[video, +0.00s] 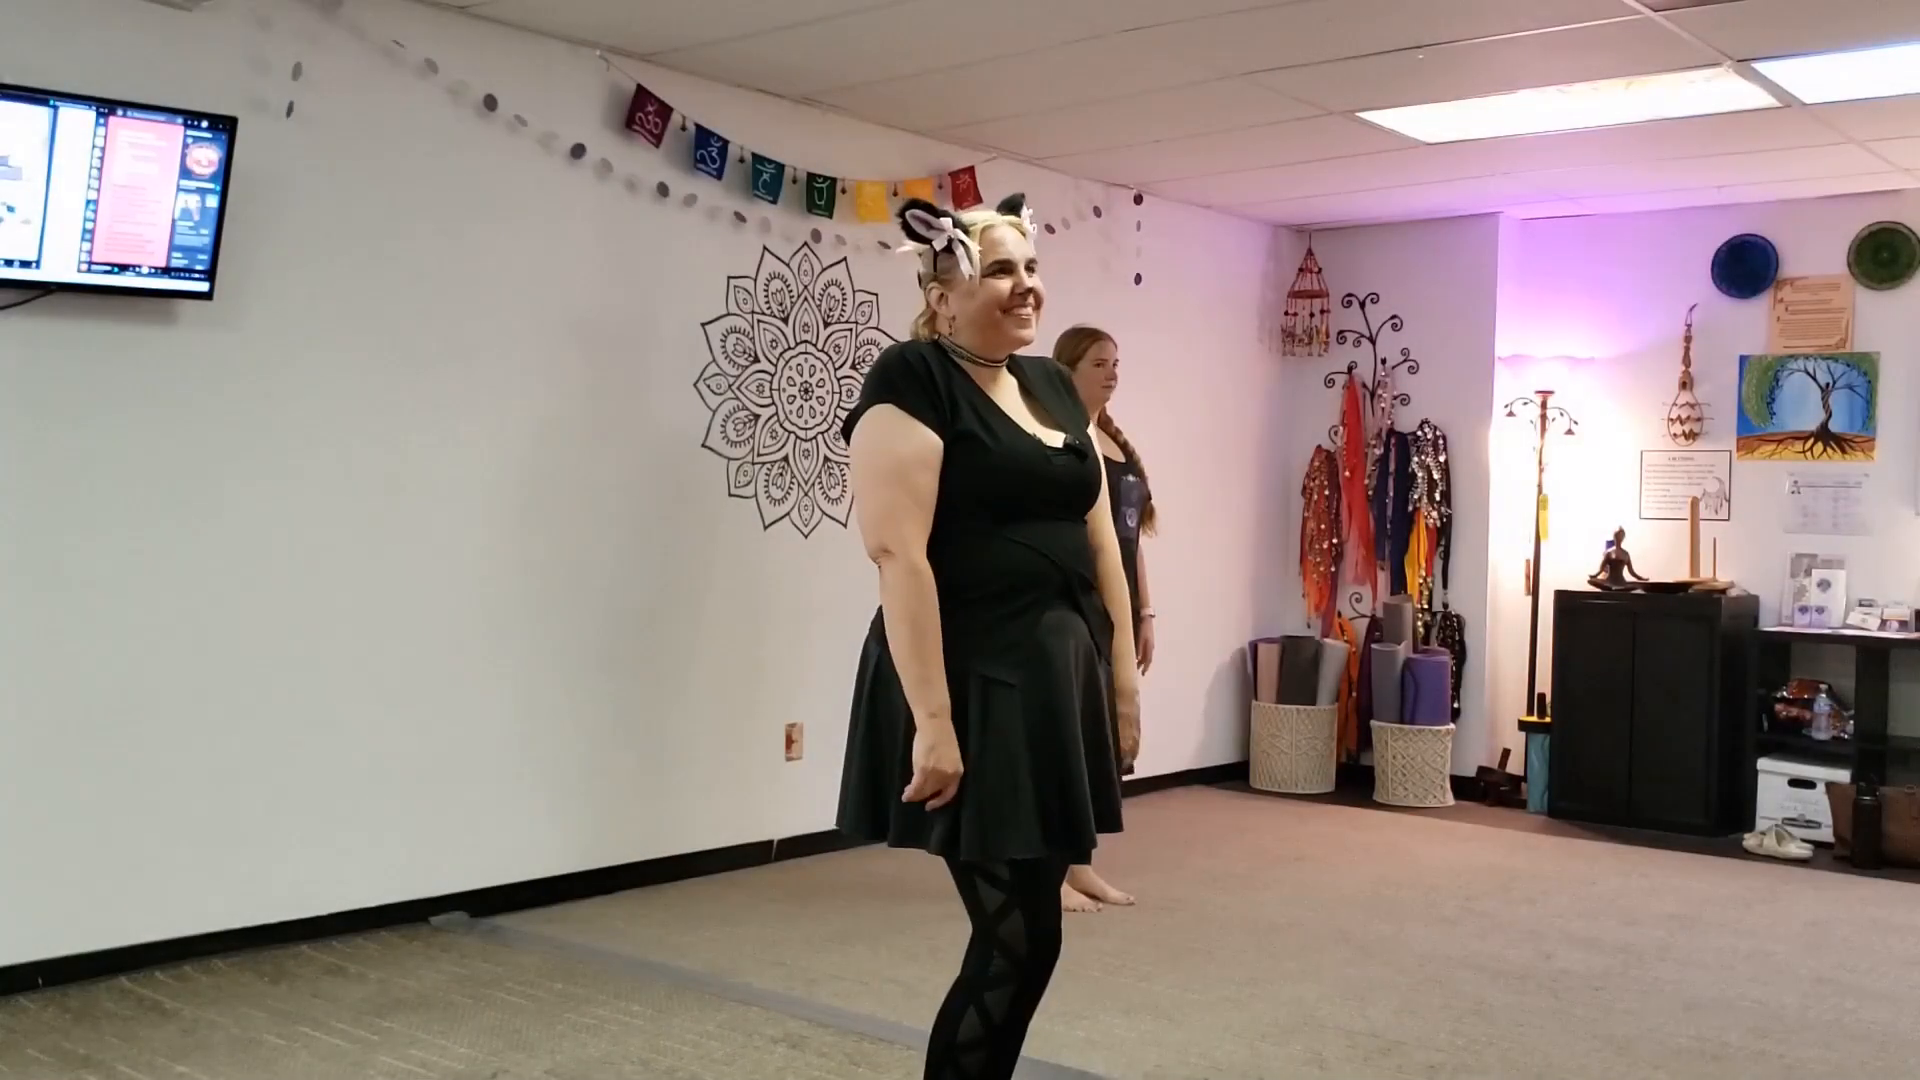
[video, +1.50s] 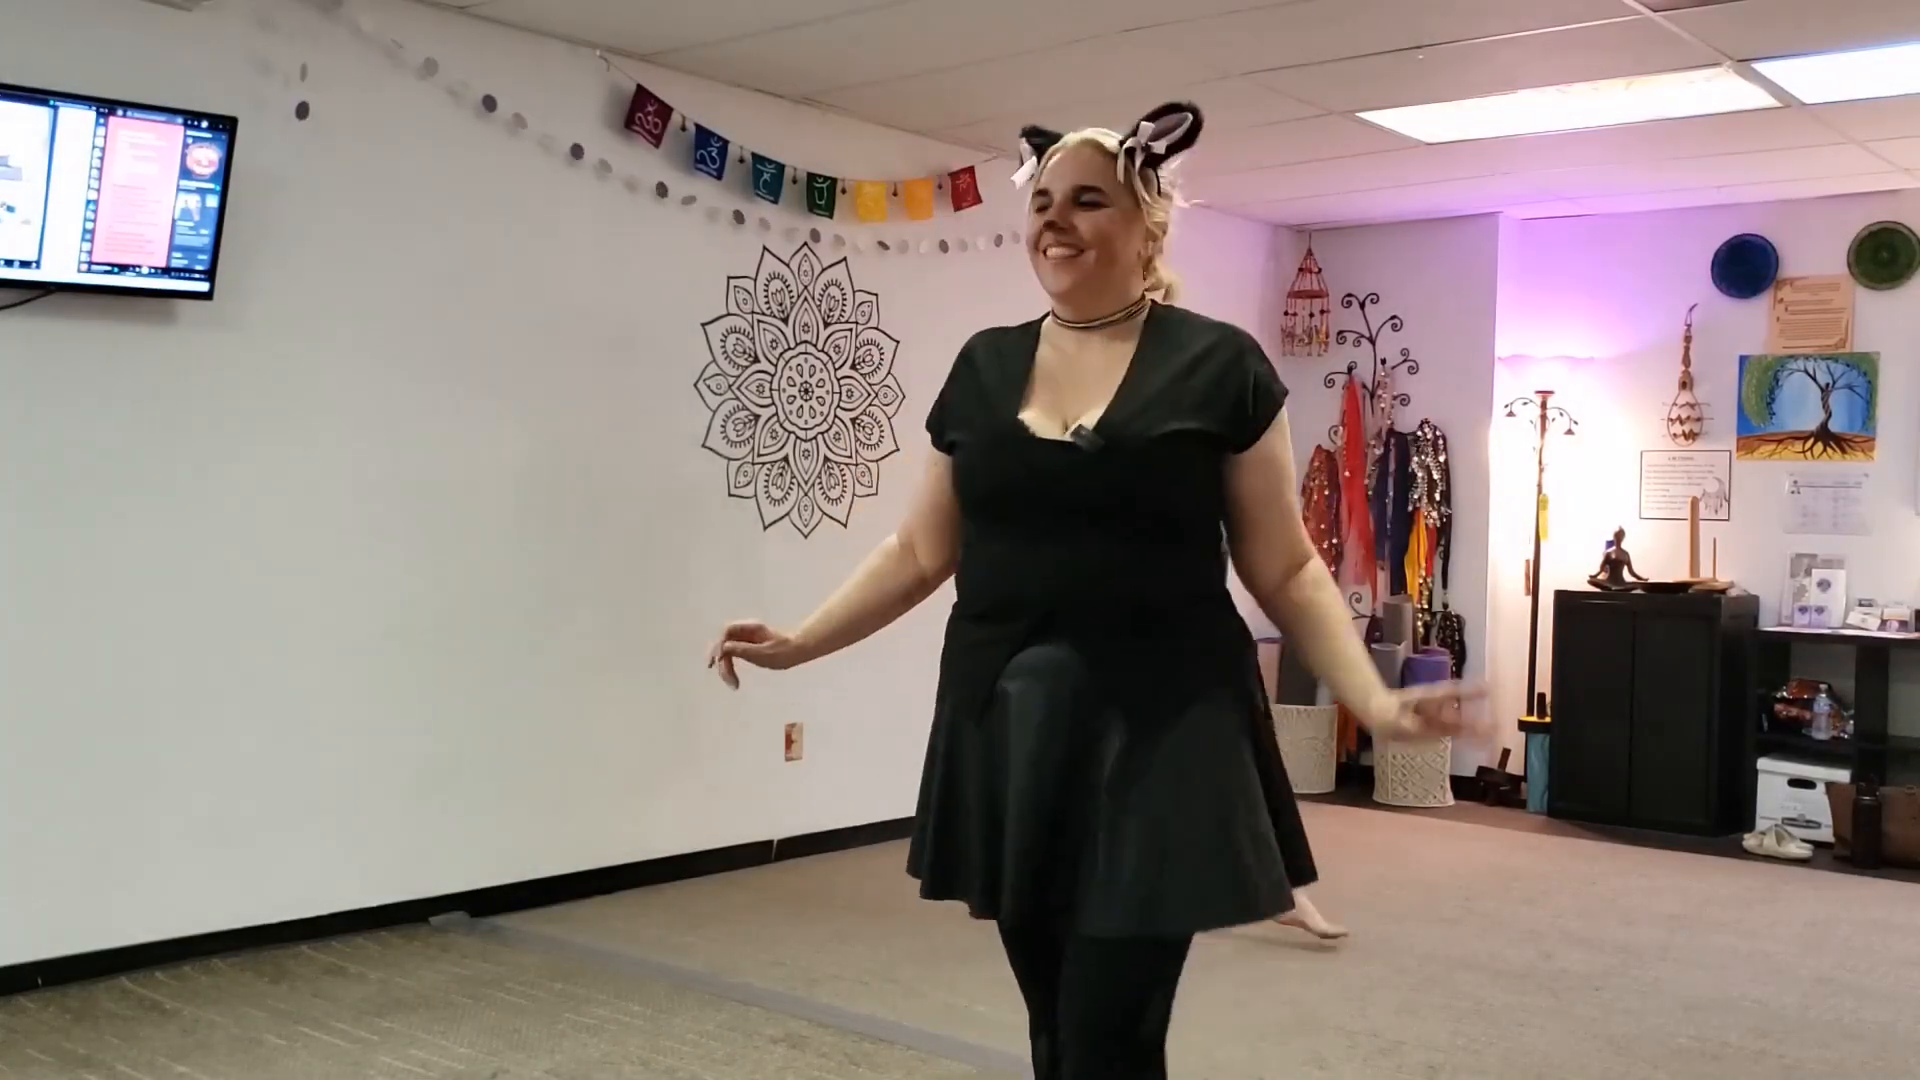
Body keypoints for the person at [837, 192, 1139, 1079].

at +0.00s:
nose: (1027, 284)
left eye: (1031, 269)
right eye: (1000, 271)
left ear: (1039, 282)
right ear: (941, 298)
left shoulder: (1051, 386)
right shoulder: (910, 379)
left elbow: (1102, 535)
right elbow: (897, 554)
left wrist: (1124, 675)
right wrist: (931, 720)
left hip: (1060, 683)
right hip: (968, 689)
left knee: (1021, 937)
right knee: (1019, 941)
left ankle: (969, 1069)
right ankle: (957, 1072)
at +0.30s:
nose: (1038, 290)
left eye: (1047, 274)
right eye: (1015, 273)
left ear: (1056, 281)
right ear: (956, 281)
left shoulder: (1067, 389)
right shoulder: (909, 384)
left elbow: (1108, 550)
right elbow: (855, 550)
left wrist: (1175, 664)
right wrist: (869, 711)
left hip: (1054, 675)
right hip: (951, 675)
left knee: (999, 919)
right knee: (1068, 909)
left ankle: (971, 1066)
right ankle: (987, 1065)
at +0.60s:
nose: (1061, 276)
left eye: (1074, 258)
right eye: (1035, 259)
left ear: (1088, 275)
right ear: (989, 276)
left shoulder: (1109, 401)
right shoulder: (945, 376)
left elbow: (1157, 555)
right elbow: (854, 534)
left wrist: (1310, 548)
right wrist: (778, 678)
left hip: (1071, 678)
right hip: (960, 680)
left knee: (999, 932)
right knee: (1061, 940)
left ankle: (972, 1074)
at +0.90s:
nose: (1079, 266)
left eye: (1096, 247)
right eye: (1054, 253)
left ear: (1127, 268)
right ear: (1023, 284)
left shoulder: (1181, 398)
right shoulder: (982, 389)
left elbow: (1258, 547)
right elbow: (879, 552)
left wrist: (1384, 456)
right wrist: (772, 681)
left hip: (1136, 715)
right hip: (998, 709)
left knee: (1101, 966)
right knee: (1070, 977)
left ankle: (1016, 1065)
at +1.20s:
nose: (1085, 266)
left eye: (1112, 250)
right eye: (1064, 248)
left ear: (1149, 276)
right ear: (1038, 274)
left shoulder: (1212, 383)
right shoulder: (984, 399)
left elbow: (1301, 549)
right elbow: (884, 566)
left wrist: (1395, 489)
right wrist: (751, 650)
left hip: (1180, 732)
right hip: (1022, 738)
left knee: (1210, 998)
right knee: (1079, 1029)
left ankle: (1159, 1049)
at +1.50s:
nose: (1054, 222)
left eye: (1086, 201)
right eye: (1042, 206)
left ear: (1148, 224)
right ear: (1029, 234)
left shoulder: (1219, 369)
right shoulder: (989, 367)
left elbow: (1286, 569)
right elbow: (918, 551)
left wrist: (1374, 699)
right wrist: (803, 641)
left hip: (1164, 749)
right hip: (1010, 748)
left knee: (1103, 1047)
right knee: (1061, 1041)